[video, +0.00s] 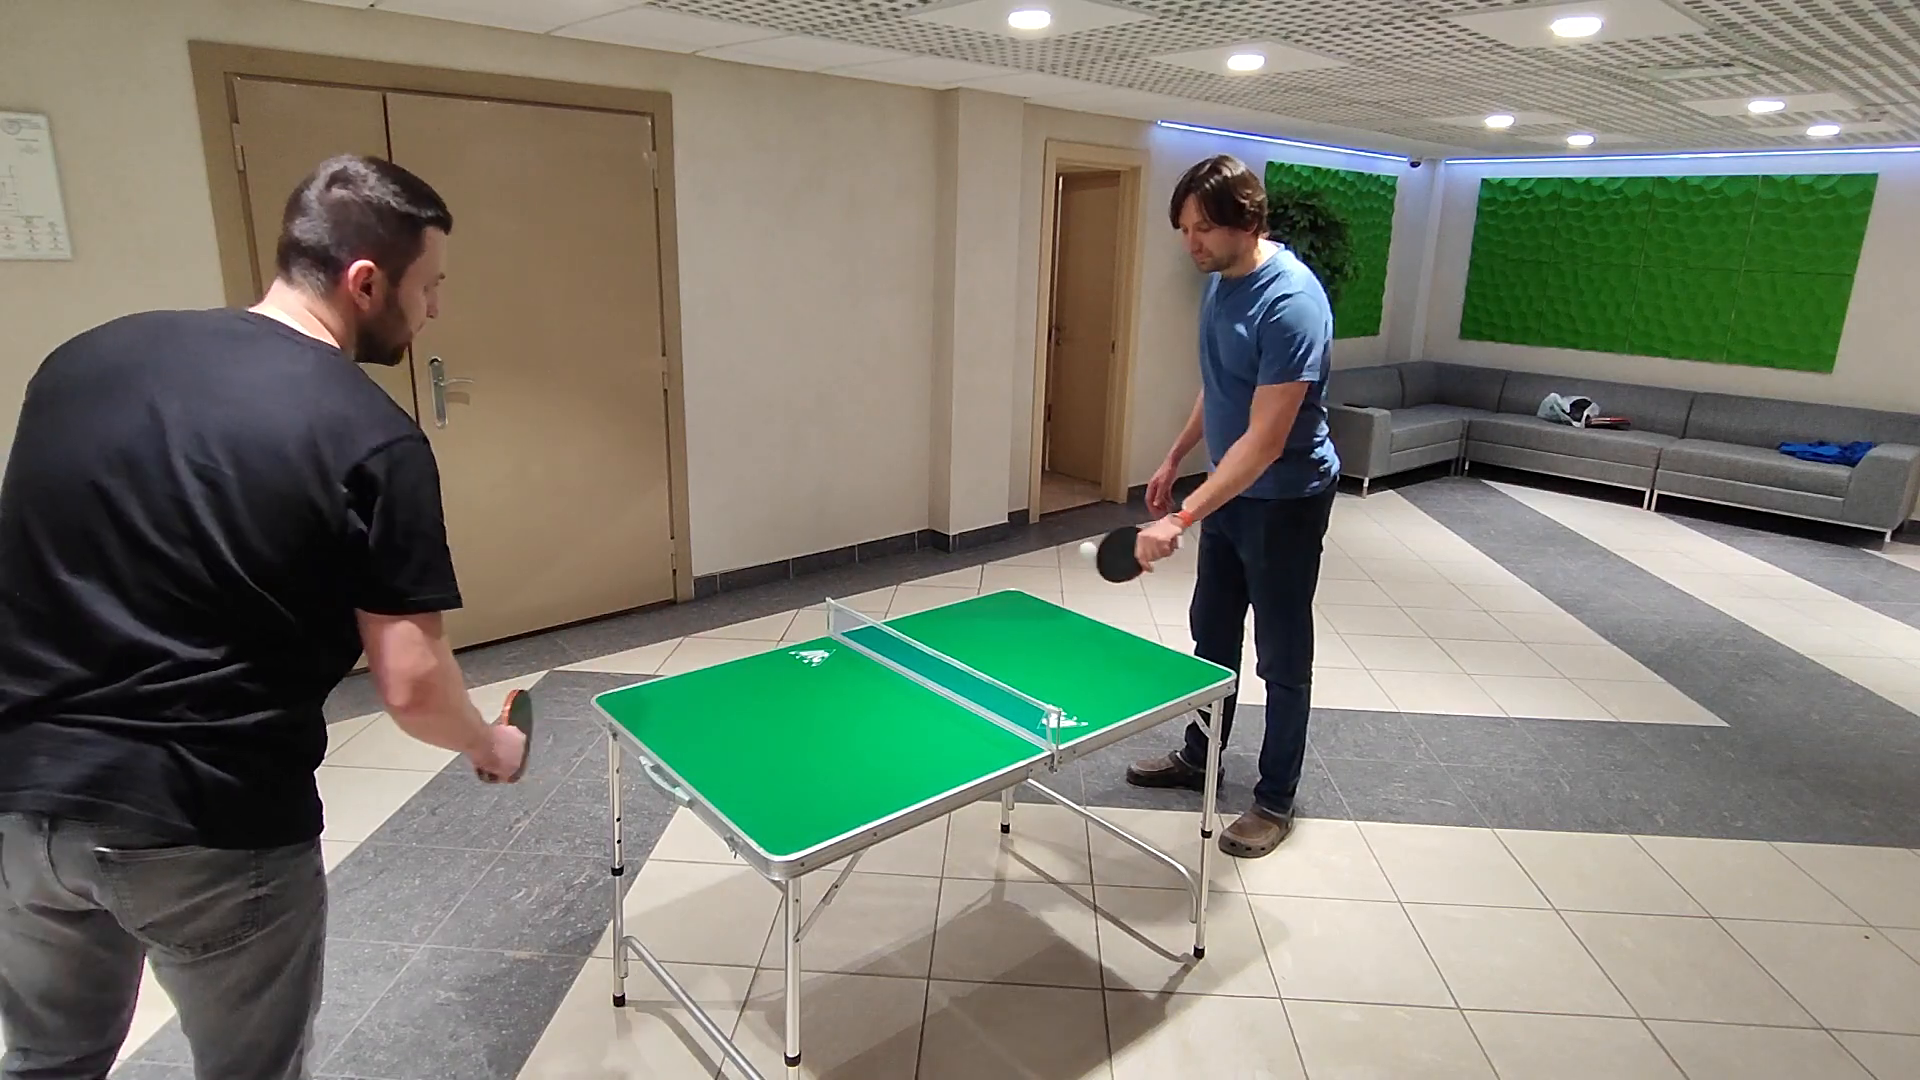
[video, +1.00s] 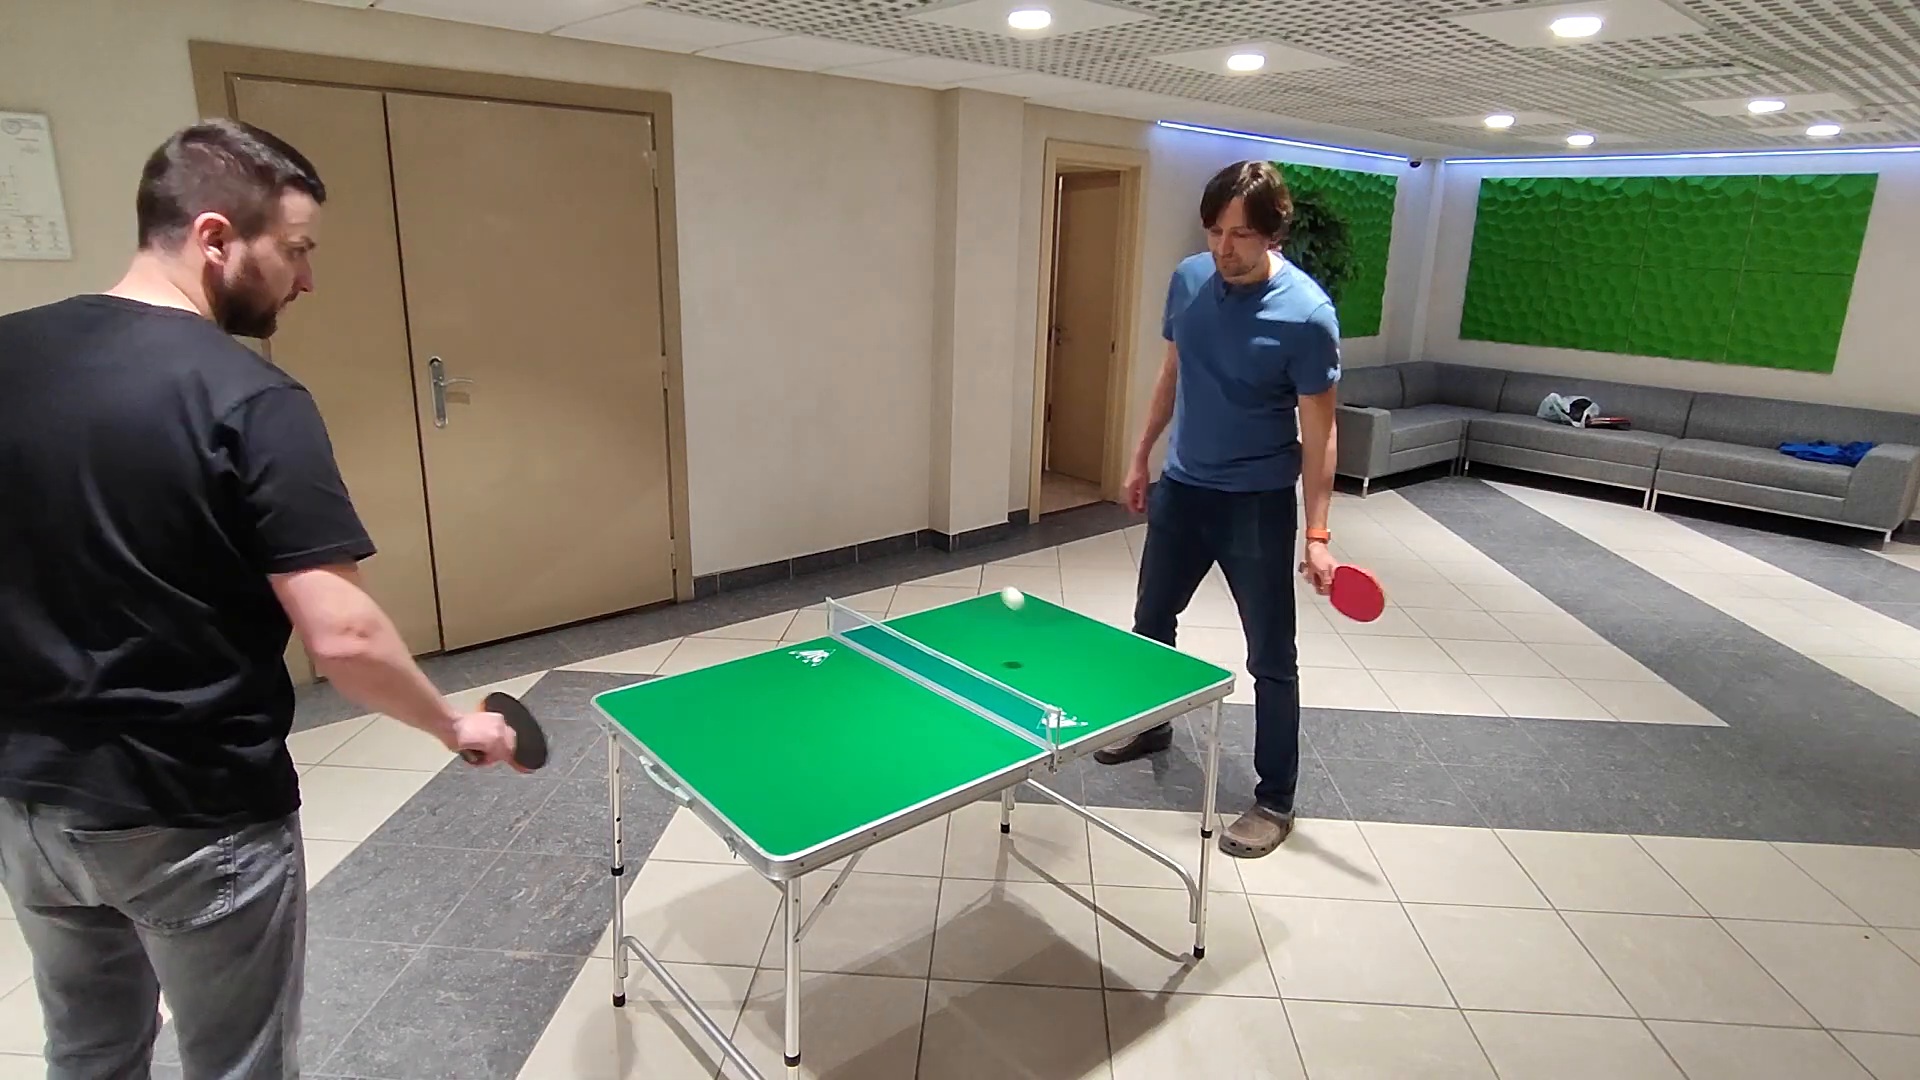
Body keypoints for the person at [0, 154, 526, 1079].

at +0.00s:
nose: (435, 310)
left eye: (439, 287)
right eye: (430, 286)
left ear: (287, 260)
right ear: (364, 281)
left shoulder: (84, 357)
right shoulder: (374, 436)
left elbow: (36, 569)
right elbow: (412, 681)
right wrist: (486, 745)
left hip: (30, 791)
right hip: (209, 818)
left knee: (44, 1063)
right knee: (252, 1066)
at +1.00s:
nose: (305, 280)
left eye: (310, 255)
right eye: (296, 251)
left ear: (203, 234)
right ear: (214, 238)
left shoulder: (15, 347)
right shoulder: (249, 396)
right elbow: (342, 637)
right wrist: (451, 723)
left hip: (28, 797)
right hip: (195, 811)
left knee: (89, 1061)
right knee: (239, 1064)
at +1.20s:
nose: (254, 254)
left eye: (254, 228)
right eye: (237, 227)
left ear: (143, 222)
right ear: (147, 221)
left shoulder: (9, 344)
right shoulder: (184, 390)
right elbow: (220, 643)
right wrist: (333, 744)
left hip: (37, 799)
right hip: (180, 821)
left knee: (86, 1055)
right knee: (237, 1064)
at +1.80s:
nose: (241, 279)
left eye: (243, 252)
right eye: (218, 245)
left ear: (113, 230)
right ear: (118, 227)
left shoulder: (20, 341)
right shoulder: (116, 389)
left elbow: (69, 574)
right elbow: (226, 619)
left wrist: (225, 670)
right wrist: (382, 723)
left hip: (31, 812)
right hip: (143, 834)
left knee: (69, 1054)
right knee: (226, 1060)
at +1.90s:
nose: (285, 299)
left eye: (287, 270)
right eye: (268, 265)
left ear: (165, 245)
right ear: (170, 244)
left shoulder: (13, 349)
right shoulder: (170, 413)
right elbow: (341, 626)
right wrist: (499, 732)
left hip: (19, 831)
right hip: (141, 849)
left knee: (61, 1065)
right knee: (219, 1064)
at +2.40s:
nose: (330, 293)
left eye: (330, 265)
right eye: (313, 263)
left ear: (213, 249)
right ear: (218, 251)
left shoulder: (25, 354)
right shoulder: (219, 423)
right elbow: (280, 693)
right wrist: (433, 812)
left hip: (25, 823)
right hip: (169, 853)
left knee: (91, 1056)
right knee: (231, 1066)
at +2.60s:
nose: (274, 276)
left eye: (271, 247)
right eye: (252, 247)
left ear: (148, 244)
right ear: (150, 241)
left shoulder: (33, 359)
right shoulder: (142, 422)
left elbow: (163, 578)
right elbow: (155, 692)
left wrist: (273, 696)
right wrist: (310, 824)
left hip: (55, 815)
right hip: (174, 839)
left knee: (92, 1047)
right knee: (334, 1021)